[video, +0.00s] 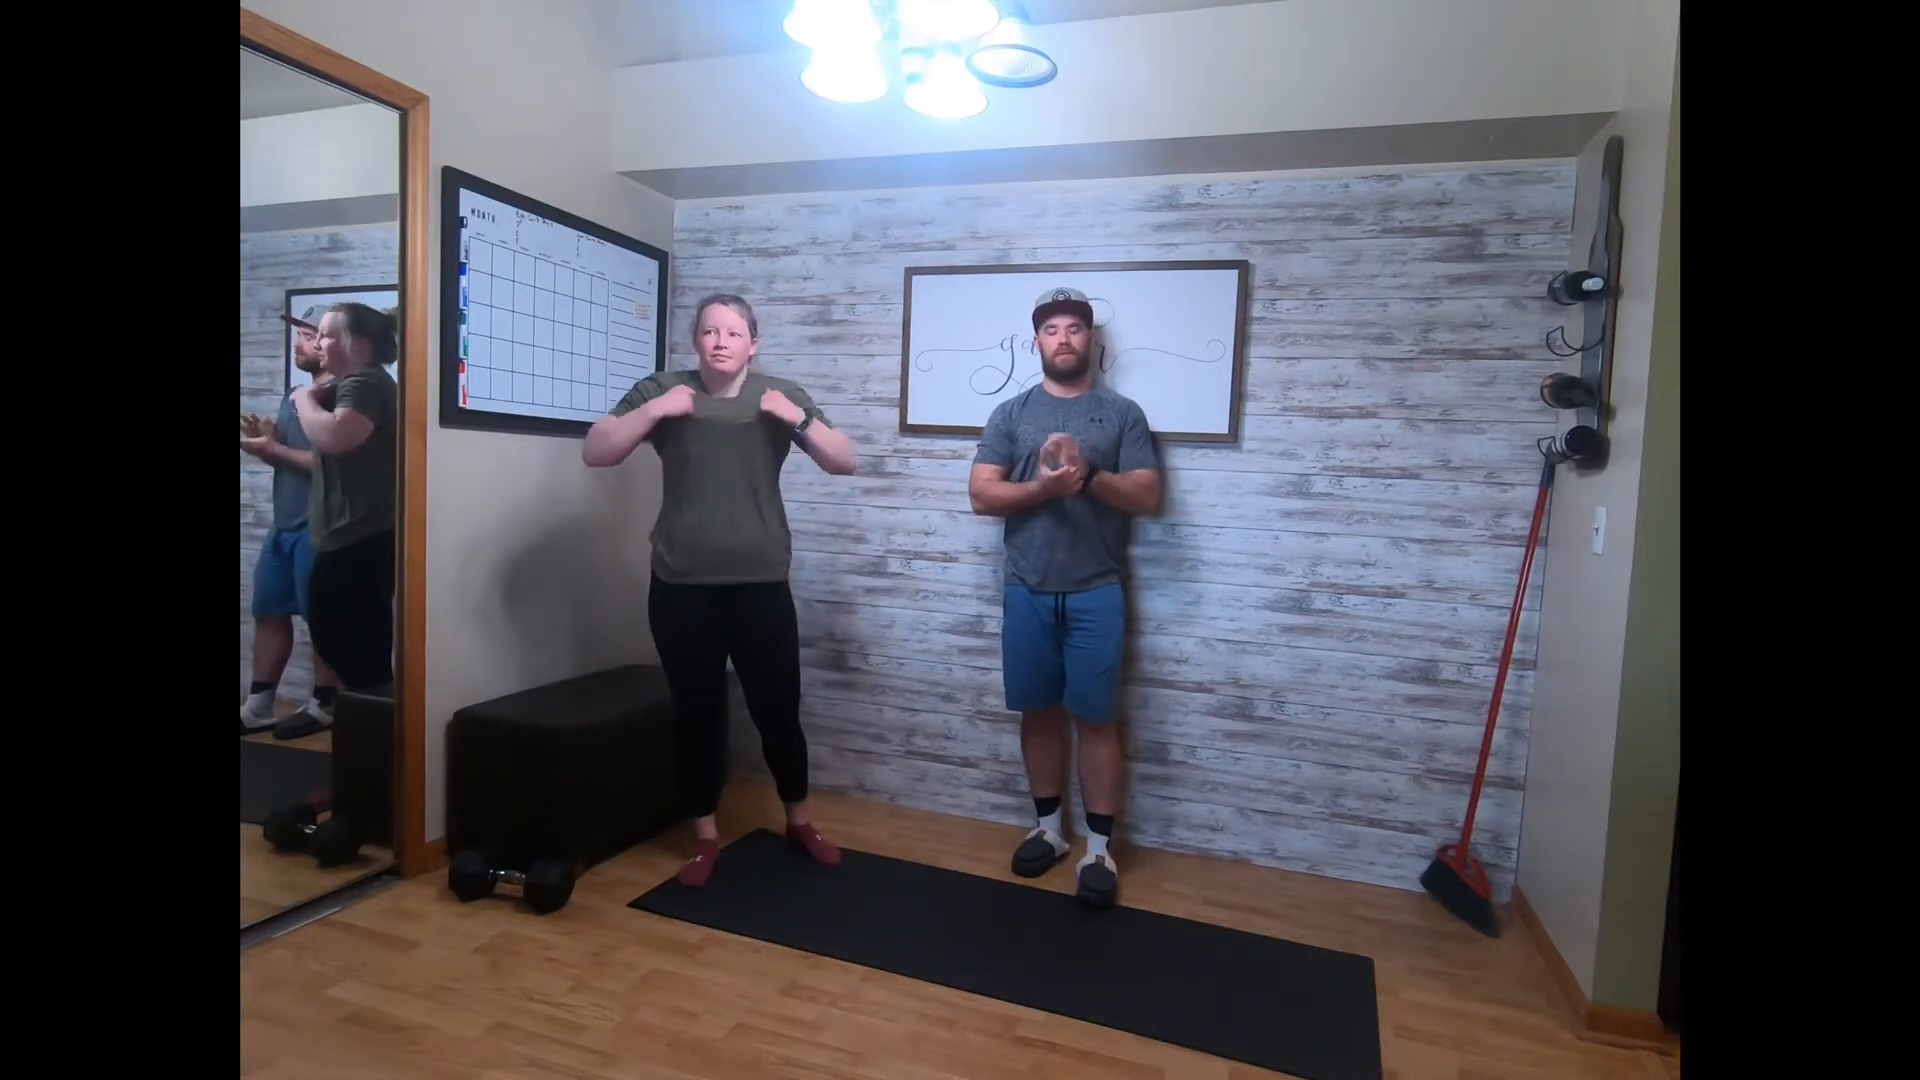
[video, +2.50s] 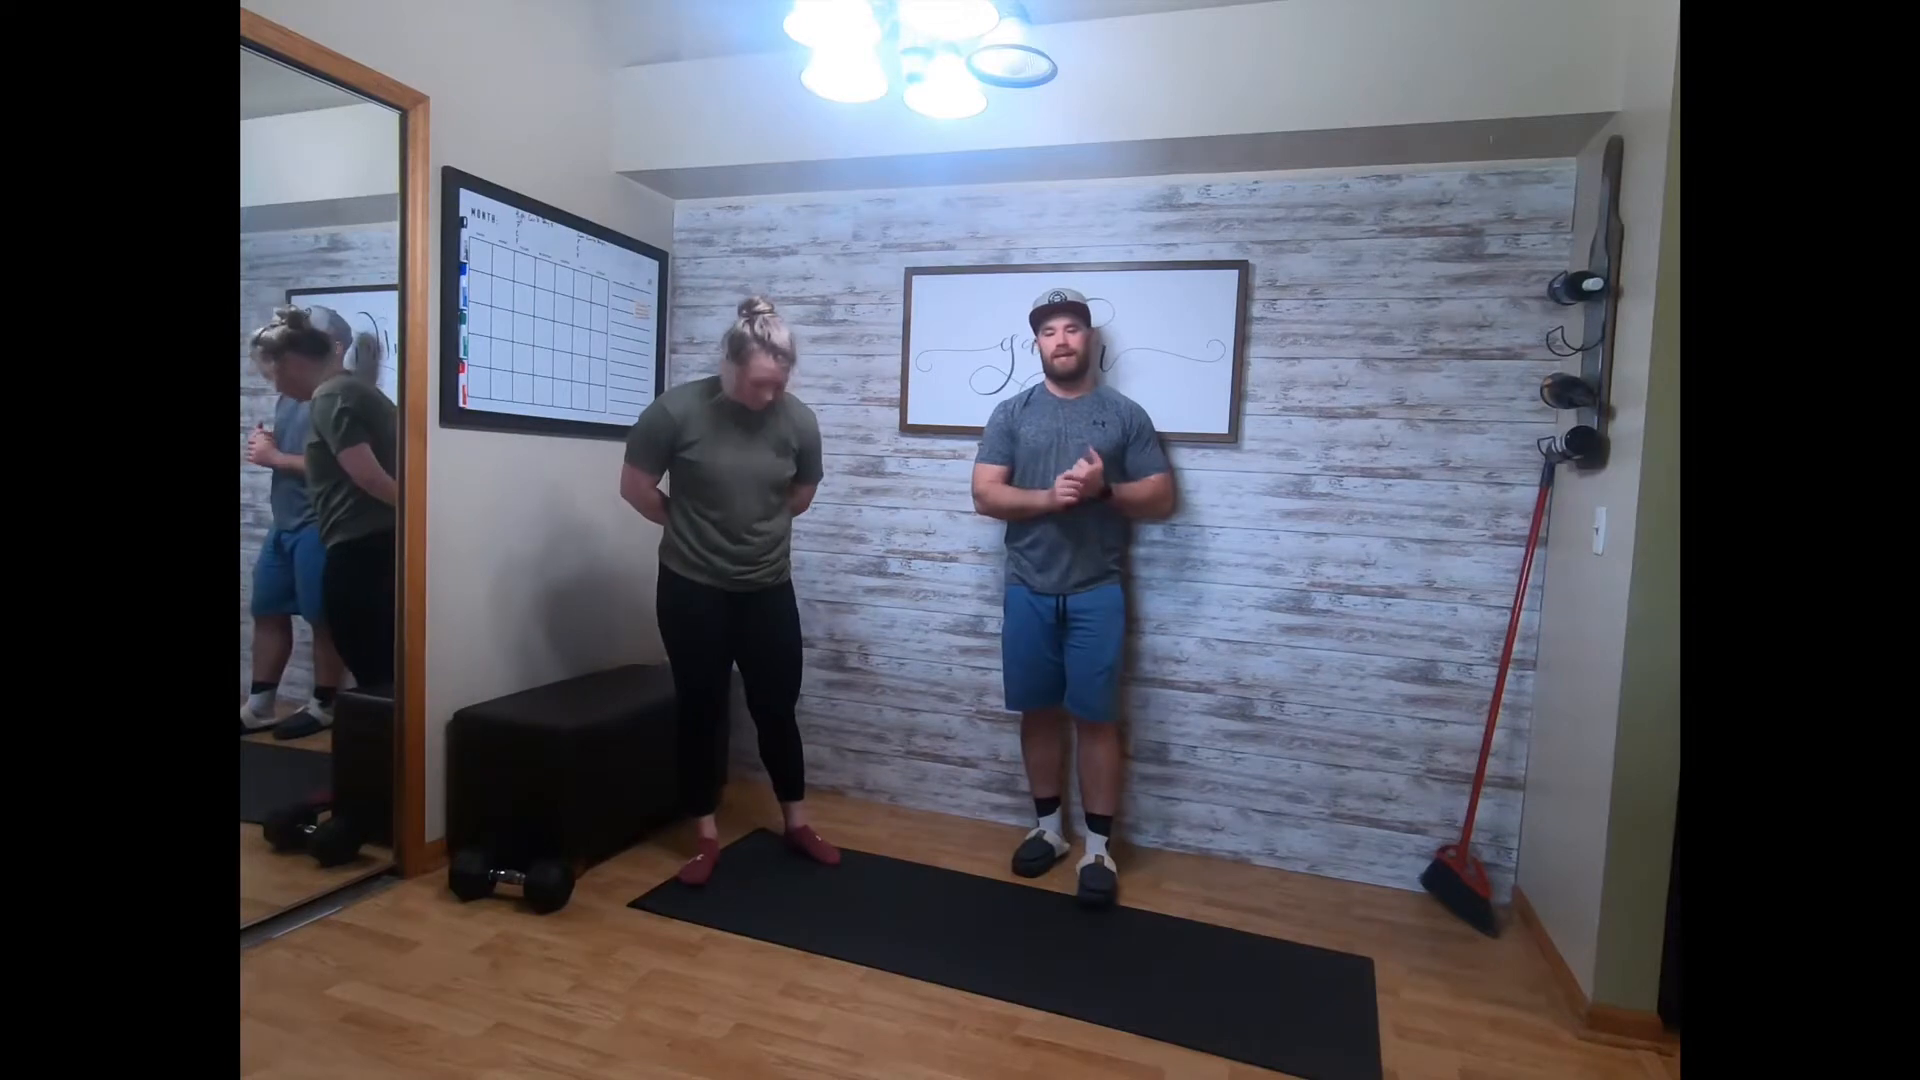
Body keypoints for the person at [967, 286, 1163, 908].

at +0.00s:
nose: (1063, 337)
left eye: (1075, 329)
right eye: (1052, 330)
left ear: (1092, 340)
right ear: (1037, 342)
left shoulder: (1122, 414)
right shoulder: (1011, 414)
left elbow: (1147, 497)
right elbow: (983, 494)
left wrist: (1088, 478)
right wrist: (1044, 485)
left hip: (1096, 584)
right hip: (1027, 584)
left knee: (1095, 715)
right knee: (1037, 710)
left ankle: (1099, 850)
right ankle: (1049, 830)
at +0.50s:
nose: (1056, 337)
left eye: (1067, 328)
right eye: (1044, 330)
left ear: (1085, 339)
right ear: (1031, 344)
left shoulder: (1117, 412)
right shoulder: (1006, 415)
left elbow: (1147, 493)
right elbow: (979, 495)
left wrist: (1081, 481)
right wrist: (1034, 488)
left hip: (1095, 585)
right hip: (1026, 586)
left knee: (1094, 715)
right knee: (1037, 710)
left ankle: (1098, 850)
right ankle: (1048, 830)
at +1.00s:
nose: (1064, 335)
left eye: (1075, 327)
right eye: (1053, 327)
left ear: (1091, 341)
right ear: (1036, 339)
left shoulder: (1116, 413)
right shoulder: (1005, 414)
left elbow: (1146, 497)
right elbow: (977, 495)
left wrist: (1076, 488)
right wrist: (1027, 492)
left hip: (1091, 584)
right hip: (1022, 586)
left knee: (1091, 715)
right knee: (1035, 710)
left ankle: (1096, 849)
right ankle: (1048, 830)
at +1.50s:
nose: (1063, 338)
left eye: (1075, 330)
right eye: (1052, 328)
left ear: (1091, 343)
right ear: (1036, 340)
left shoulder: (1115, 414)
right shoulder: (1004, 415)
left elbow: (1143, 500)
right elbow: (980, 498)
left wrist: (1071, 489)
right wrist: (1025, 488)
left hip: (1089, 584)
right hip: (1020, 585)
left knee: (1090, 714)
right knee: (1034, 710)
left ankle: (1096, 848)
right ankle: (1048, 830)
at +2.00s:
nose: (1059, 339)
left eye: (1071, 330)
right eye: (1047, 330)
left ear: (1088, 341)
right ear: (1033, 342)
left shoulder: (1116, 414)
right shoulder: (1006, 417)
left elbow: (1148, 500)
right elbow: (982, 499)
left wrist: (1077, 490)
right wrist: (1034, 493)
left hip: (1093, 584)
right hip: (1024, 585)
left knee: (1092, 715)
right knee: (1036, 710)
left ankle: (1097, 849)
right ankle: (1048, 830)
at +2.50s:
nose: (1062, 339)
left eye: (1072, 329)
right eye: (1050, 332)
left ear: (1091, 340)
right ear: (1037, 345)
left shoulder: (1123, 414)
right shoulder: (1012, 413)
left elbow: (1161, 498)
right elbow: (986, 494)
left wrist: (1107, 490)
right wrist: (1049, 497)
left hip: (1097, 584)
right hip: (1028, 584)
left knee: (1095, 714)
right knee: (1038, 709)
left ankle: (1097, 849)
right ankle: (1048, 831)